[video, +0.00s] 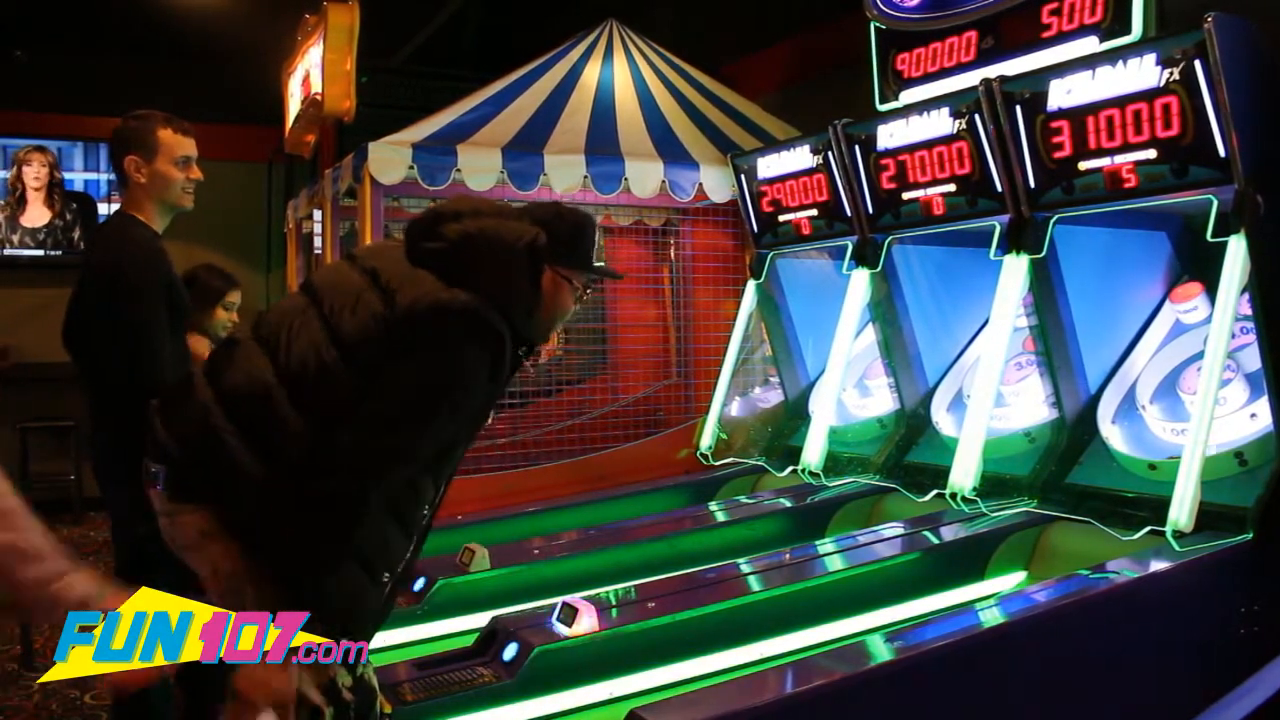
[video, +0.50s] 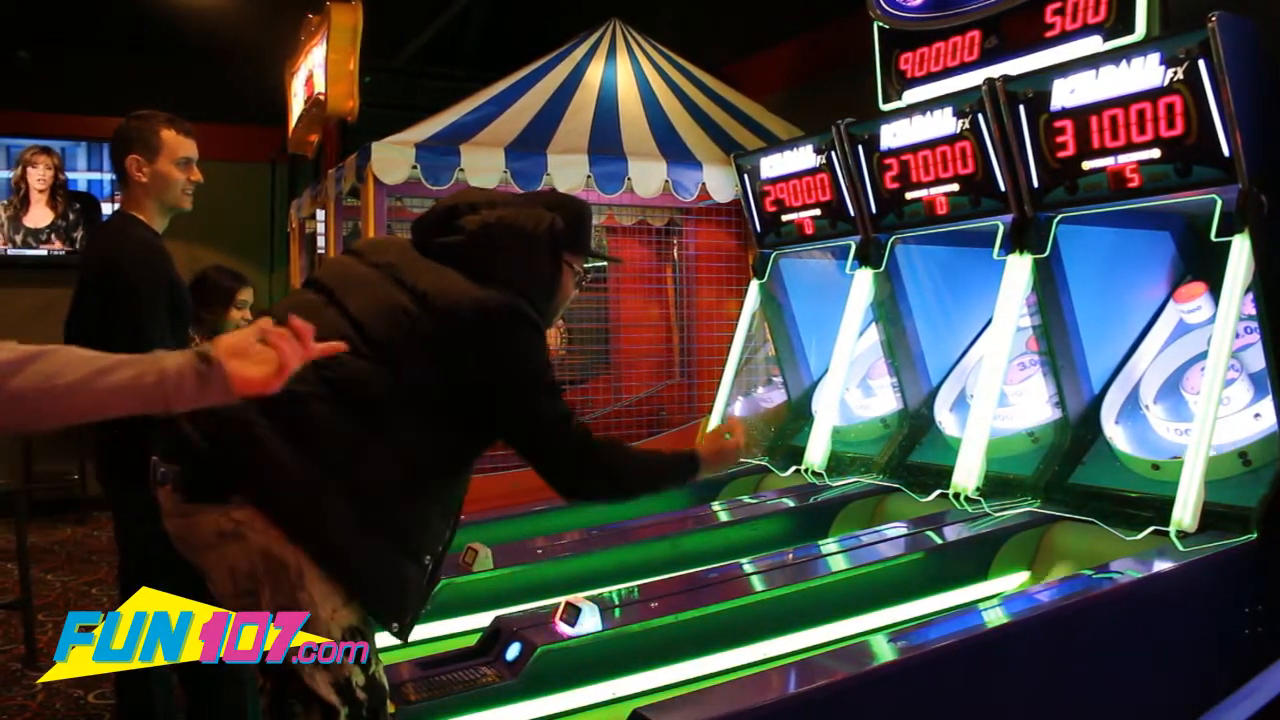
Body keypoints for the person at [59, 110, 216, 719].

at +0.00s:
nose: (196, 175)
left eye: (195, 163)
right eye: (183, 162)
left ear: (139, 171)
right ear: (136, 169)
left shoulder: (112, 240)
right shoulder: (138, 250)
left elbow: (77, 334)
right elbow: (163, 372)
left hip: (121, 448)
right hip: (146, 458)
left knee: (146, 583)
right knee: (168, 590)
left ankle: (144, 699)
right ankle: (167, 702)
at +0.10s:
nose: (196, 175)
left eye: (196, 163)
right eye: (184, 163)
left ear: (141, 171)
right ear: (138, 169)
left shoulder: (110, 240)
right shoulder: (138, 250)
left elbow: (77, 336)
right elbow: (163, 374)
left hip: (119, 444)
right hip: (146, 454)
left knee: (136, 593)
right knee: (148, 601)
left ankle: (135, 700)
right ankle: (145, 704)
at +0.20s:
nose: (195, 177)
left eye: (195, 165)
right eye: (183, 164)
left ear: (141, 173)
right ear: (137, 169)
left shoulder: (119, 242)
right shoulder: (133, 251)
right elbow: (161, 381)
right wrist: (222, 462)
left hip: (137, 454)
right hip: (147, 458)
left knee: (151, 601)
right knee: (168, 605)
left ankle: (146, 706)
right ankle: (165, 707)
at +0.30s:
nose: (196, 177)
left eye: (196, 166)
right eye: (185, 164)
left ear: (143, 173)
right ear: (138, 168)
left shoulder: (122, 241)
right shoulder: (133, 250)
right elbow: (156, 374)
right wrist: (238, 417)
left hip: (138, 459)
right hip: (147, 464)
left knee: (151, 599)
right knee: (167, 603)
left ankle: (147, 704)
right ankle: (160, 705)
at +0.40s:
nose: (197, 177)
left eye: (197, 166)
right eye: (185, 164)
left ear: (142, 173)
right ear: (138, 169)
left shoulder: (122, 241)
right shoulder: (133, 250)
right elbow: (153, 370)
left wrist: (231, 380)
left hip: (136, 456)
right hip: (146, 462)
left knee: (151, 592)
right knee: (165, 597)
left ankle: (148, 702)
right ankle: (159, 703)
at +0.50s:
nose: (196, 177)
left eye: (196, 166)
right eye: (184, 165)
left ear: (141, 173)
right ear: (138, 169)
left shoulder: (116, 239)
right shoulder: (133, 249)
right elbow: (142, 373)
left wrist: (206, 373)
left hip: (134, 453)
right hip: (145, 461)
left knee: (151, 591)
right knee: (165, 596)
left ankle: (147, 702)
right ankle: (157, 704)